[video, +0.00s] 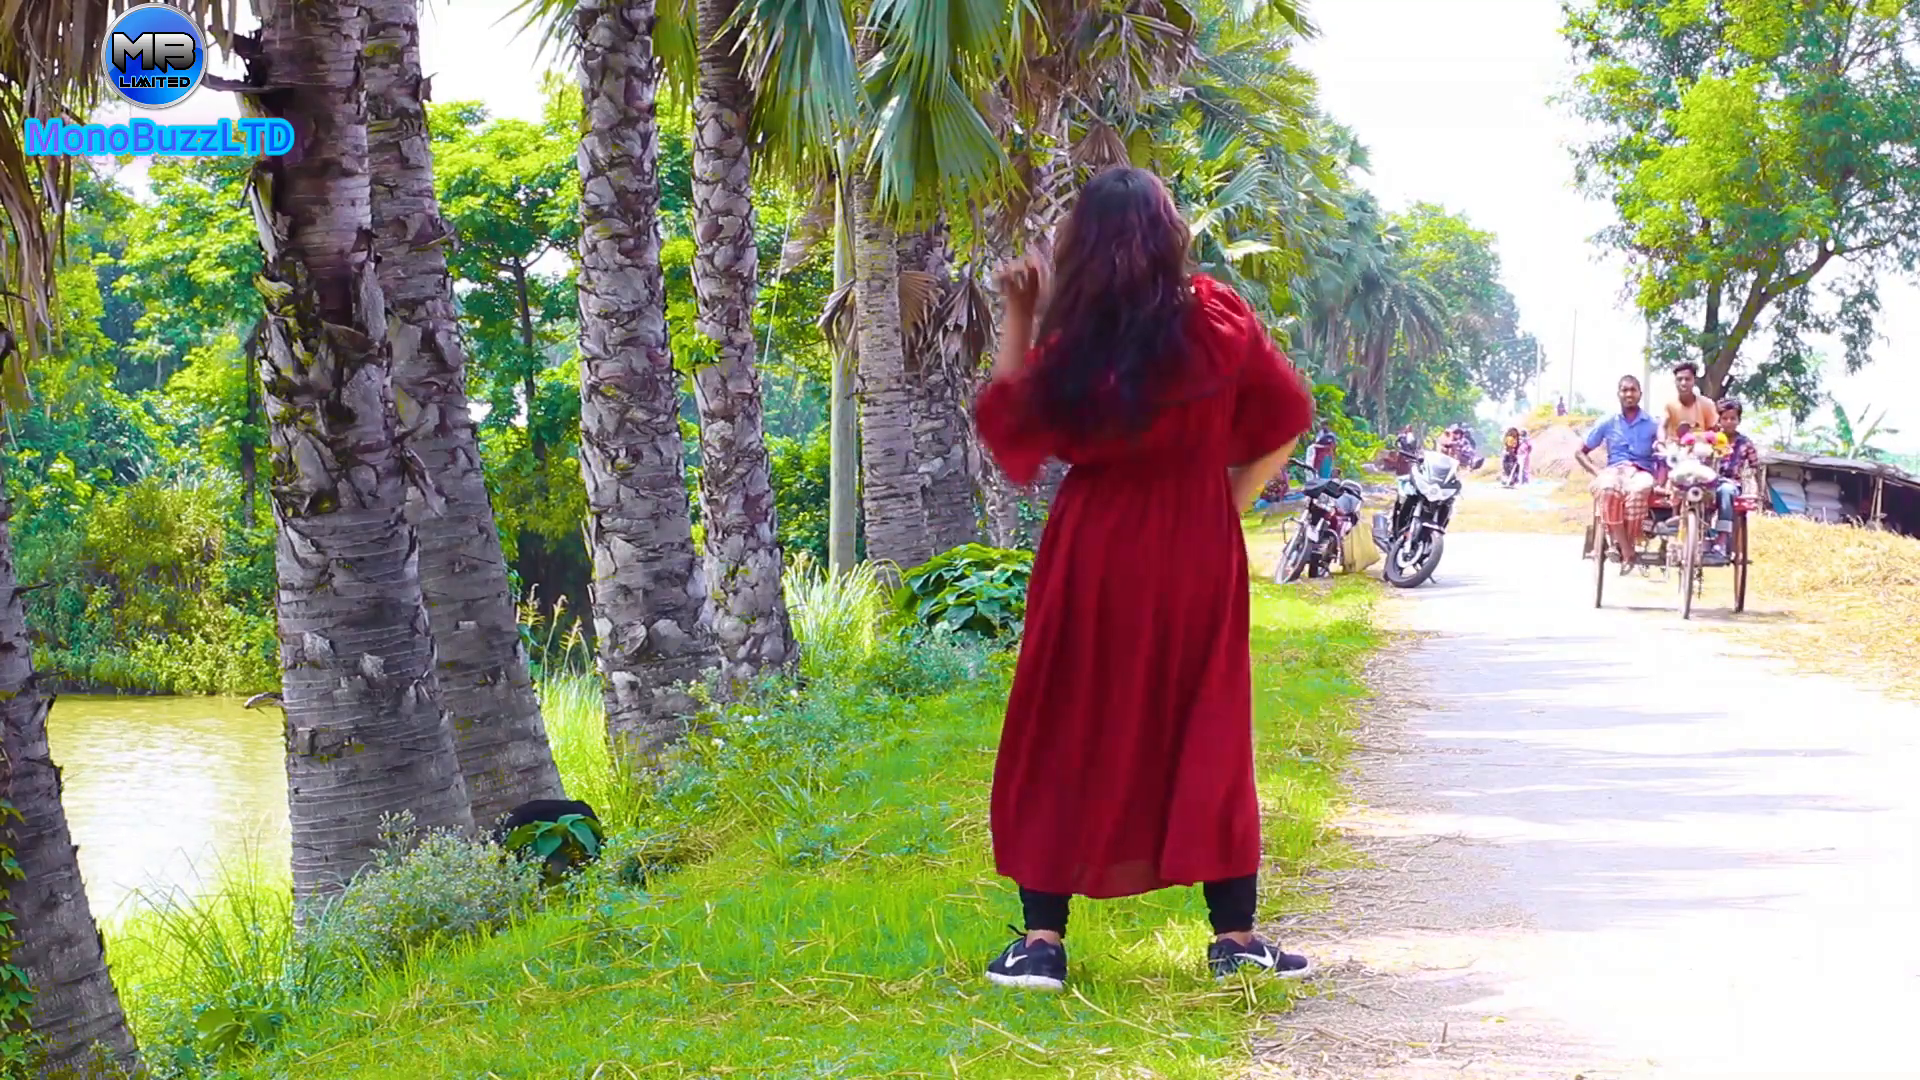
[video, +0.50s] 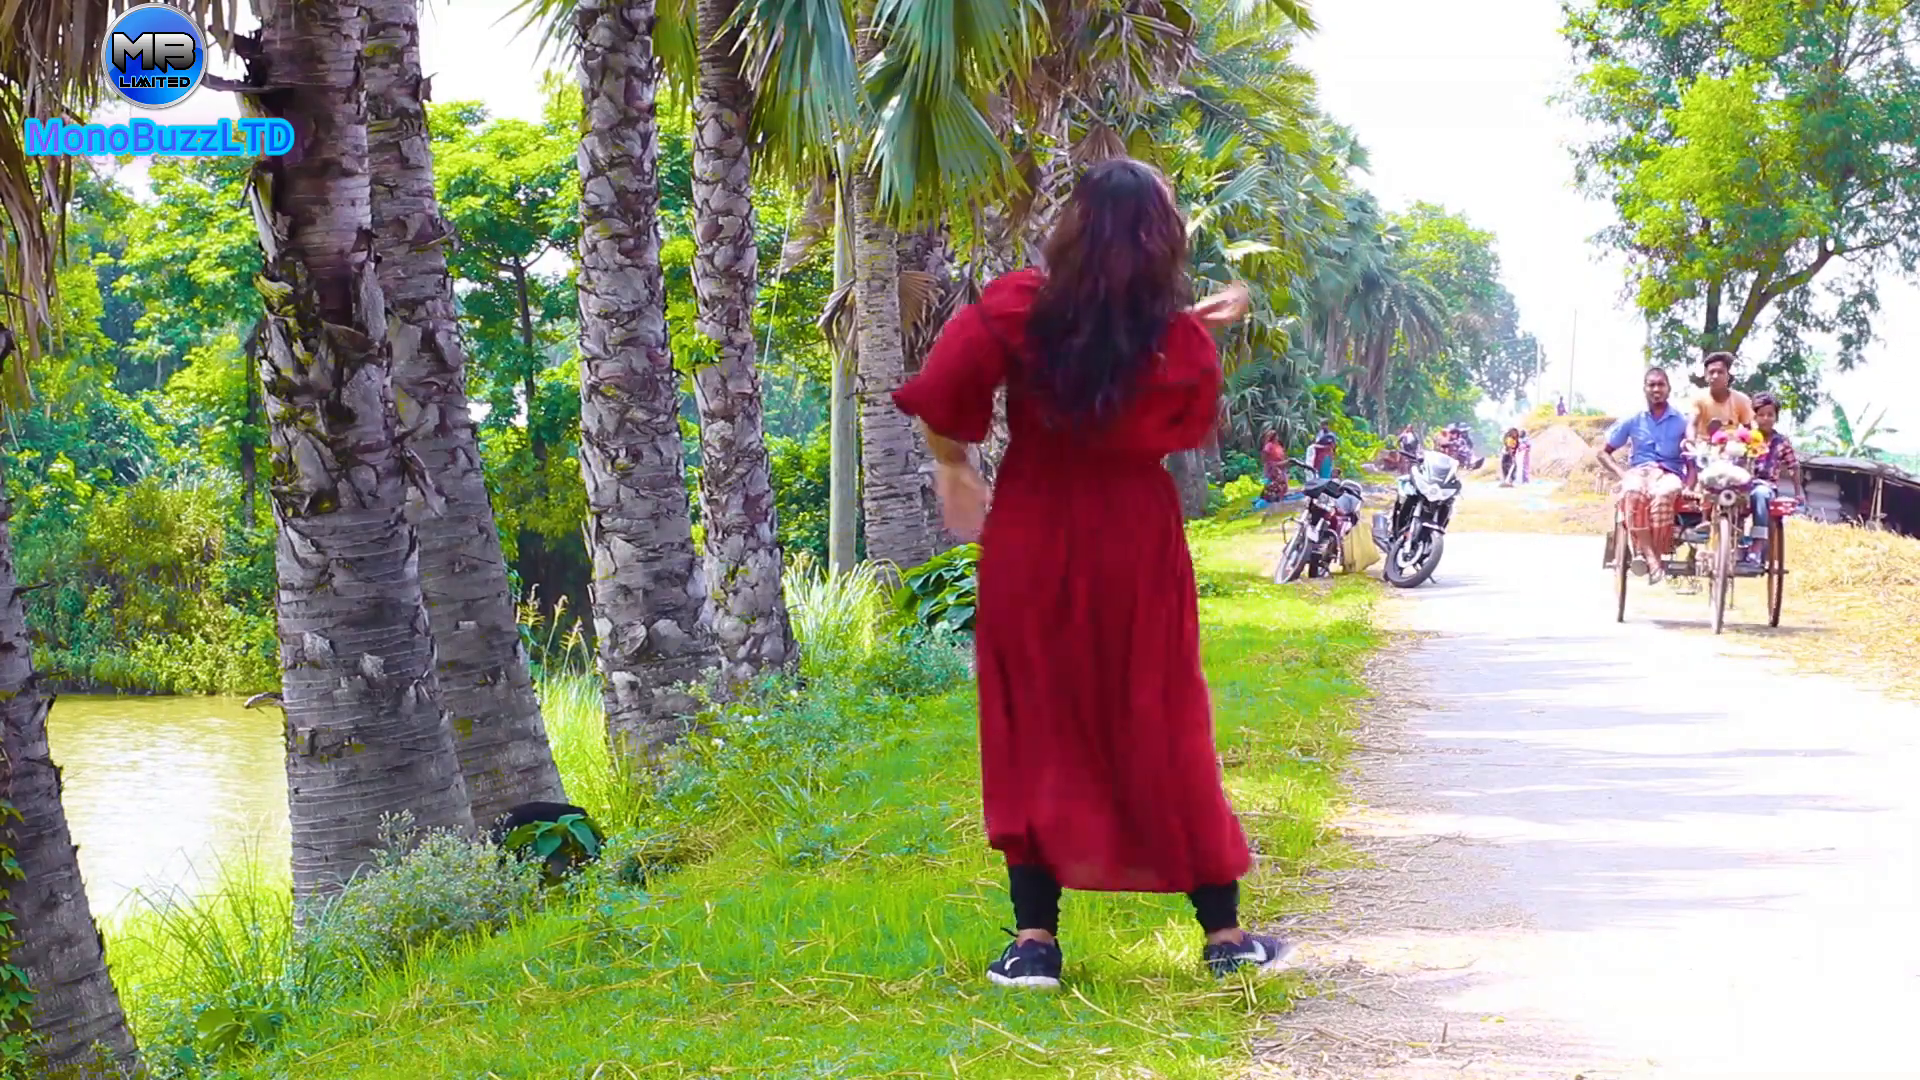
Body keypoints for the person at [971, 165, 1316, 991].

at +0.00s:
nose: (1053, 236)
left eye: (1064, 223)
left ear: (1085, 245)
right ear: (1170, 240)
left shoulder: (1074, 334)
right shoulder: (1214, 315)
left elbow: (1008, 431)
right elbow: (1289, 409)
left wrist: (1015, 322)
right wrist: (1236, 491)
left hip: (1095, 538)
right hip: (1197, 533)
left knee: (1063, 727)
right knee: (1215, 726)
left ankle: (1042, 940)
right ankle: (1235, 935)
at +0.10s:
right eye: (1176, 223)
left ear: (1078, 245)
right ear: (1171, 234)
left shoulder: (1064, 349)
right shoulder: (1217, 299)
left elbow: (1029, 479)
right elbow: (1320, 351)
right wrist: (1253, 415)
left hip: (1090, 559)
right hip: (1195, 555)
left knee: (1066, 733)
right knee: (1215, 732)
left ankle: (1041, 943)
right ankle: (1235, 937)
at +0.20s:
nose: (1183, 231)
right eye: (1180, 217)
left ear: (1083, 234)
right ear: (1176, 230)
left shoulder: (1057, 342)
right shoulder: (1218, 299)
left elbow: (1019, 475)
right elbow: (1344, 318)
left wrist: (999, 555)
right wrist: (1256, 365)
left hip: (1079, 551)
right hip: (1188, 550)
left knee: (1056, 732)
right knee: (1209, 734)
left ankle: (1041, 944)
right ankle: (1235, 939)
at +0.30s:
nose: (1188, 233)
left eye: (1180, 221)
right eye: (1182, 222)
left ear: (1085, 233)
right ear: (1173, 233)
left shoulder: (1040, 328)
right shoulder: (1204, 324)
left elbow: (992, 453)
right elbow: (1320, 334)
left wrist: (986, 566)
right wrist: (1271, 280)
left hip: (1063, 541)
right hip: (1170, 541)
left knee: (1055, 729)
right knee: (1203, 730)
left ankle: (1042, 941)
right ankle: (1235, 937)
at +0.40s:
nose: (1182, 242)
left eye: (1178, 229)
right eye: (1175, 231)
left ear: (1082, 233)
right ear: (1163, 243)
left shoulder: (1030, 314)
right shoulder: (1182, 334)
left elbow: (947, 402)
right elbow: (1268, 397)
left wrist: (979, 503)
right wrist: (1267, 293)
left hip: (1051, 529)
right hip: (1151, 531)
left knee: (1047, 720)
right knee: (1191, 721)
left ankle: (1038, 939)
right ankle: (1233, 935)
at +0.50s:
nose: (1175, 238)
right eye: (1170, 226)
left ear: (1071, 228)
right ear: (1162, 239)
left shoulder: (1018, 302)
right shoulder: (1178, 334)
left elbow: (940, 392)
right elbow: (1193, 418)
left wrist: (957, 473)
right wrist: (1203, 319)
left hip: (1035, 513)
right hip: (1137, 521)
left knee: (1029, 719)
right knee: (1171, 717)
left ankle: (1035, 941)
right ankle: (1224, 935)